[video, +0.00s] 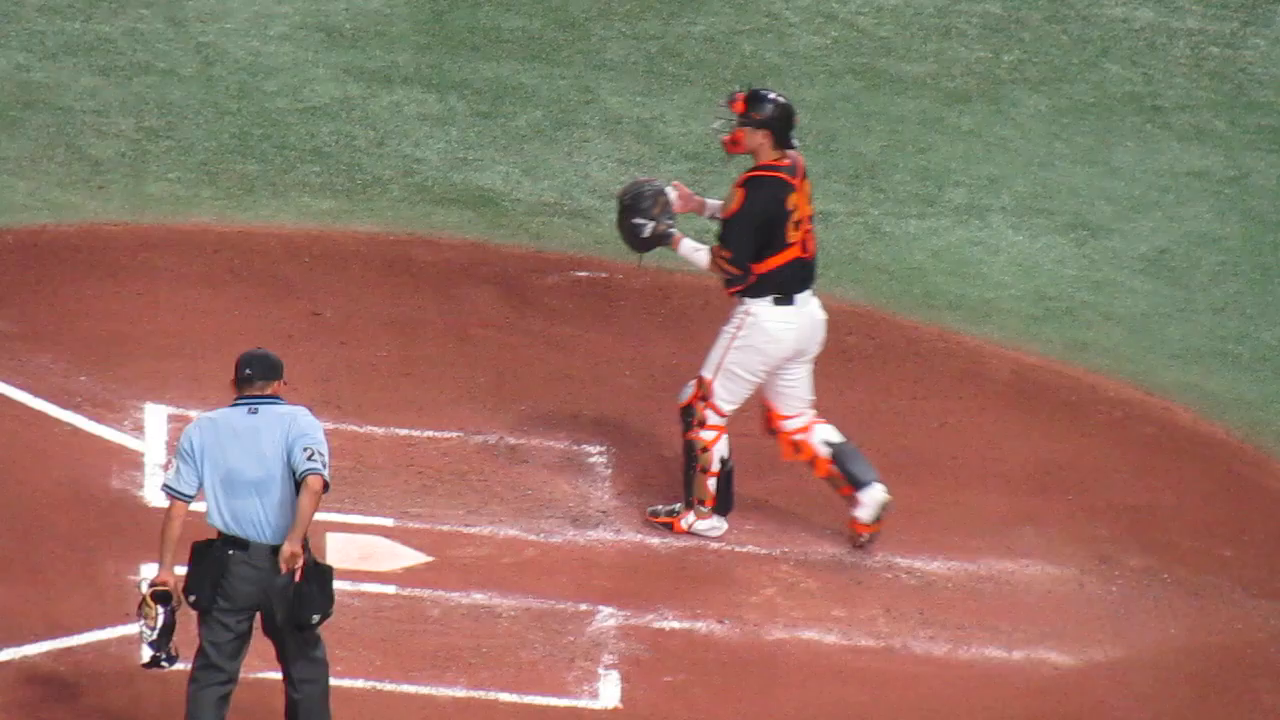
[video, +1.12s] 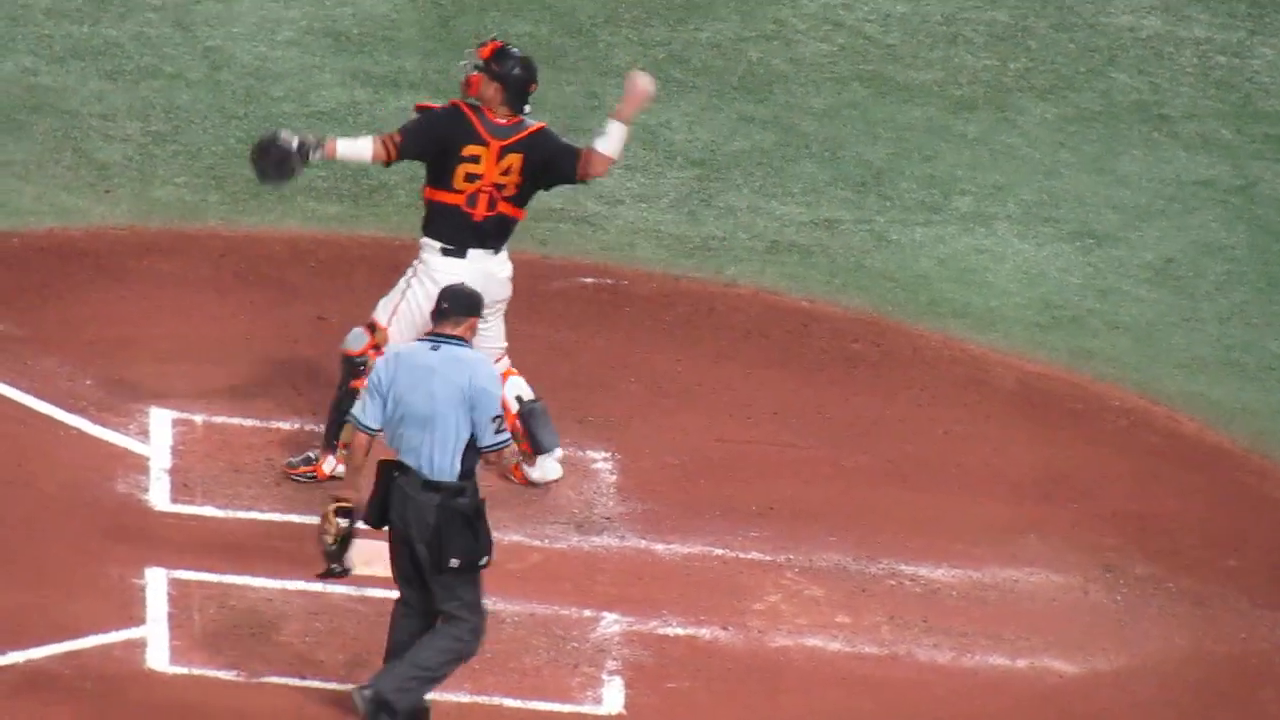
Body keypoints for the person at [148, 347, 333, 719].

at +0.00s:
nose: (281, 389)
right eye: (281, 384)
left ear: (235, 385)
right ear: (279, 386)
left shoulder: (202, 428)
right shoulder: (299, 420)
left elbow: (177, 506)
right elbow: (314, 482)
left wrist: (165, 569)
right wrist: (295, 538)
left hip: (228, 569)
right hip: (287, 569)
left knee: (213, 674)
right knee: (306, 670)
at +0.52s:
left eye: (294, 345)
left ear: (290, 346)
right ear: (334, 354)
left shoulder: (250, 375)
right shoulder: (348, 393)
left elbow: (215, 448)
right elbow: (352, 466)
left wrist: (189, 515)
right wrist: (325, 514)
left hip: (256, 526)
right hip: (311, 536)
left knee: (225, 615)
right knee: (294, 644)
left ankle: (194, 710)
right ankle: (275, 713)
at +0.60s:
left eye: (303, 333)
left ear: (302, 334)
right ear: (345, 344)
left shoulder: (261, 366)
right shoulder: (359, 381)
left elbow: (227, 438)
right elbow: (371, 447)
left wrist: (200, 504)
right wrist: (341, 491)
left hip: (267, 514)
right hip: (319, 523)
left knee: (241, 605)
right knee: (298, 633)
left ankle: (217, 708)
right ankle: (276, 713)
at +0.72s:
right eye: (370, 339)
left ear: (331, 331)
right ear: (373, 340)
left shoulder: (288, 360)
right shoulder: (384, 374)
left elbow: (256, 430)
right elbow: (411, 433)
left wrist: (228, 495)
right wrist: (377, 477)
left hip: (293, 506)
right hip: (344, 516)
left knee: (281, 606)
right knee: (315, 628)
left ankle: (275, 703)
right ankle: (284, 711)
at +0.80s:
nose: (393, 343)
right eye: (397, 338)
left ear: (359, 330)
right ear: (400, 339)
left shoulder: (316, 359)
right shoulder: (410, 377)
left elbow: (283, 428)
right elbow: (445, 441)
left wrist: (255, 493)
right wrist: (426, 480)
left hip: (318, 507)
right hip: (368, 516)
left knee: (319, 604)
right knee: (338, 626)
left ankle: (329, 691)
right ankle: (299, 712)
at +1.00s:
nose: (452, 332)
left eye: (448, 326)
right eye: (451, 327)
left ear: (407, 320)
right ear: (445, 328)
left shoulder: (365, 359)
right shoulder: (456, 370)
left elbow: (335, 428)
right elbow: (469, 442)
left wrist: (311, 489)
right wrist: (489, 461)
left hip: (373, 498)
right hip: (420, 507)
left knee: (391, 598)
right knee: (409, 618)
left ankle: (398, 696)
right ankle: (336, 713)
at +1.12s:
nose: (478, 329)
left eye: (474, 323)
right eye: (477, 324)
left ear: (435, 317)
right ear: (471, 324)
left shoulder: (393, 360)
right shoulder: (478, 370)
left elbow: (360, 435)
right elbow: (497, 448)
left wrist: (354, 495)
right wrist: (517, 466)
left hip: (399, 495)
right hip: (446, 505)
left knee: (413, 605)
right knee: (464, 624)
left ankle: (401, 701)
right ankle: (384, 695)